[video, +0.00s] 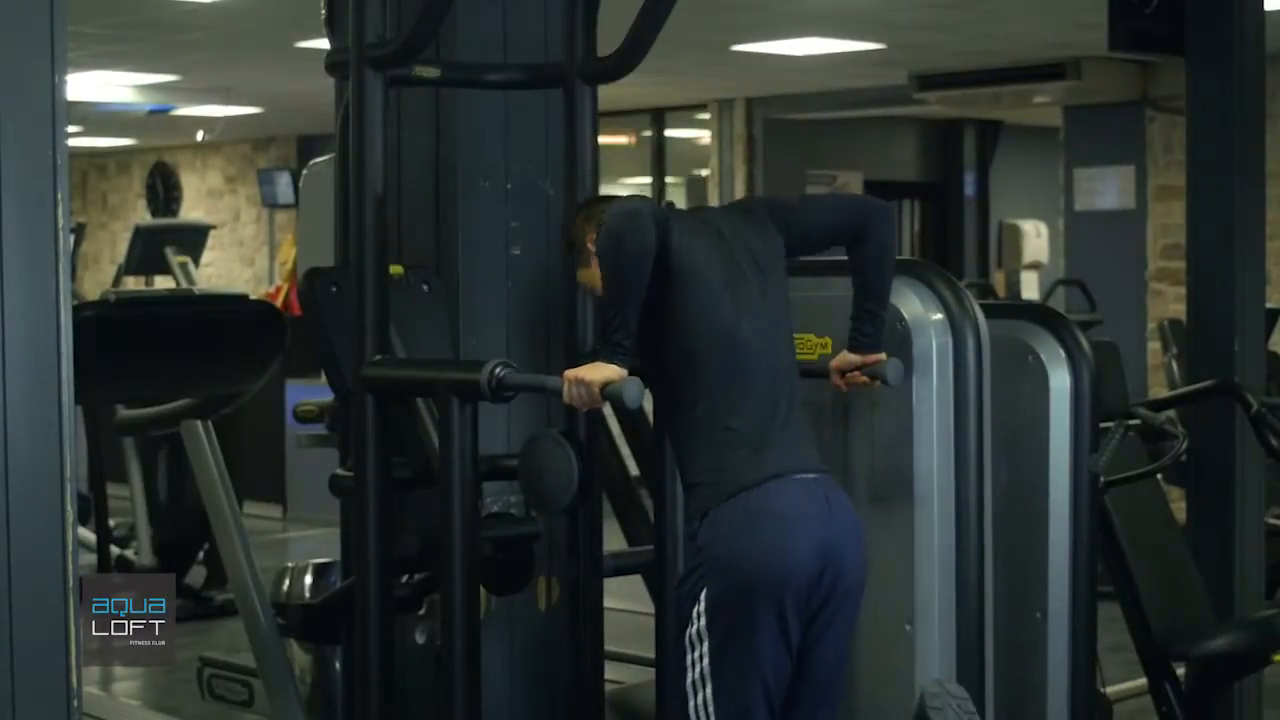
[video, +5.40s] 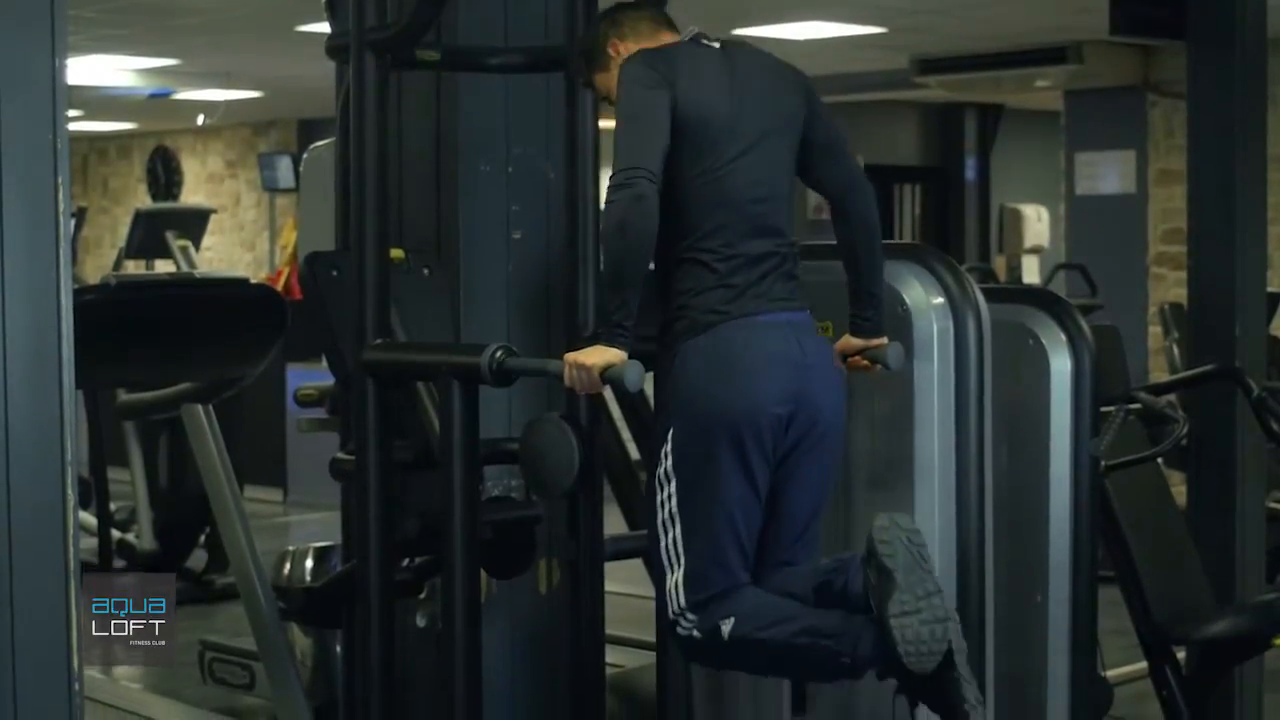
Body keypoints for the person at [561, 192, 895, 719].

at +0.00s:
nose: (598, 293)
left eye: (590, 278)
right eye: (592, 285)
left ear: (597, 243)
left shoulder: (635, 227)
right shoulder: (751, 220)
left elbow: (633, 216)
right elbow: (873, 214)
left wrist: (614, 353)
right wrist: (866, 341)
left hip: (744, 521)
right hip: (826, 504)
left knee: (726, 705)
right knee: (814, 707)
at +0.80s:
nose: (603, 188)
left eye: (592, 172)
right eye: (594, 178)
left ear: (601, 138)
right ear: (657, 114)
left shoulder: (634, 143)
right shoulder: (757, 143)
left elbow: (630, 217)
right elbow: (865, 210)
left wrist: (611, 350)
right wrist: (864, 340)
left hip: (720, 433)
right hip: (805, 420)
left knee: (702, 678)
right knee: (777, 653)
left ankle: (875, 705)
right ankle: (878, 663)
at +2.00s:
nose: (594, 292)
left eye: (589, 274)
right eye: (589, 280)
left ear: (600, 249)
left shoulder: (640, 232)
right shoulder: (752, 228)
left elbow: (630, 214)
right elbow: (870, 215)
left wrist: (611, 352)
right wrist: (868, 341)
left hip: (723, 527)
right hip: (808, 508)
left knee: (719, 707)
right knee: (809, 708)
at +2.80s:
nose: (606, 188)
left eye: (597, 173)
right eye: (598, 180)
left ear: (608, 140)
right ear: (662, 117)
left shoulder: (636, 146)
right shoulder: (763, 145)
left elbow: (626, 220)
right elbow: (871, 212)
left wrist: (611, 350)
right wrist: (868, 340)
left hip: (722, 439)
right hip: (809, 424)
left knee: (709, 685)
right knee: (783, 654)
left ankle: (863, 707)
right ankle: (879, 678)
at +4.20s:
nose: (601, 299)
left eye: (594, 287)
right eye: (593, 293)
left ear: (601, 252)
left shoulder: (638, 224)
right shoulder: (752, 221)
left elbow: (626, 209)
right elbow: (870, 210)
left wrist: (611, 347)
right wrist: (869, 337)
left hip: (720, 527)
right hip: (805, 506)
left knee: (716, 706)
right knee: (805, 707)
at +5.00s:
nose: (598, 201)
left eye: (592, 187)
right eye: (591, 192)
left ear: (606, 154)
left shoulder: (639, 149)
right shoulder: (762, 152)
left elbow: (625, 212)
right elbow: (873, 206)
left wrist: (610, 346)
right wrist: (868, 335)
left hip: (720, 447)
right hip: (805, 431)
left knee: (714, 694)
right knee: (786, 664)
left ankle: (887, 703)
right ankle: (888, 683)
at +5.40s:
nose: (613, 104)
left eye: (606, 89)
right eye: (605, 96)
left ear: (619, 50)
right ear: (674, 29)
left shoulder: (646, 69)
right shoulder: (781, 77)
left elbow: (635, 194)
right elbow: (853, 193)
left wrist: (615, 333)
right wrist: (867, 321)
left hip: (718, 360)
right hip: (807, 353)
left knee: (698, 613)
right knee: (774, 585)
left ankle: (888, 646)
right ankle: (869, 577)